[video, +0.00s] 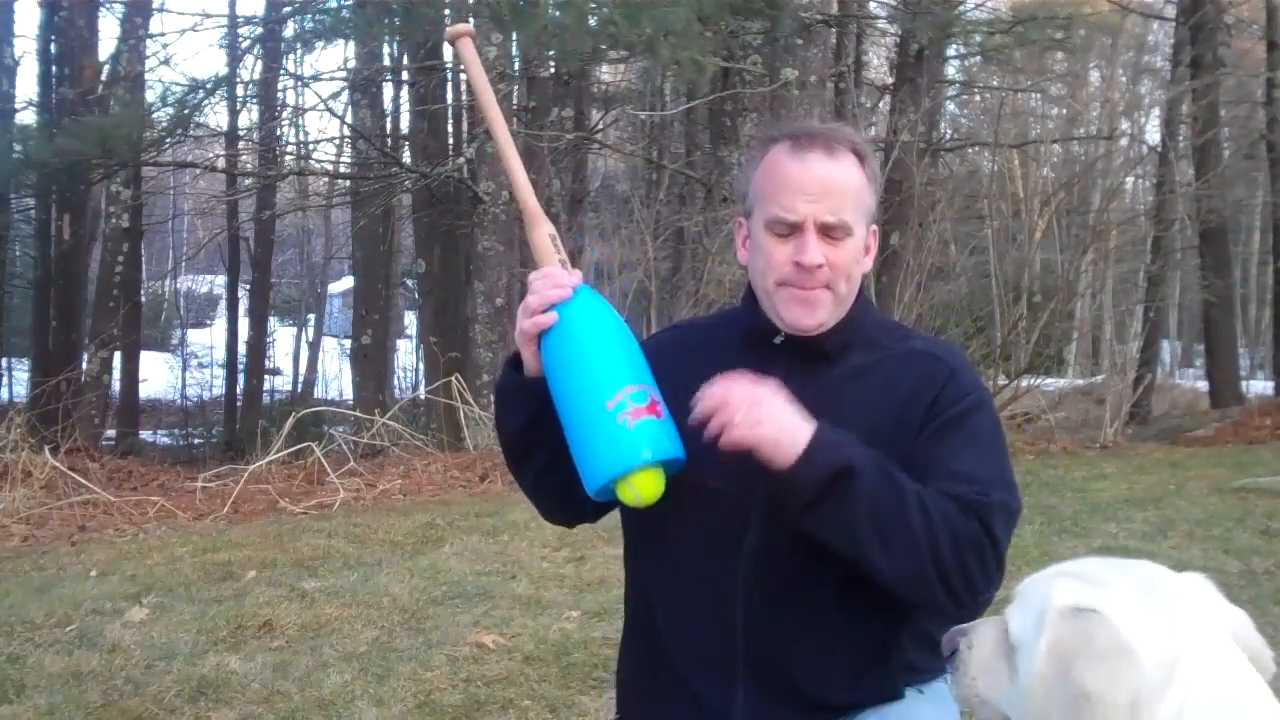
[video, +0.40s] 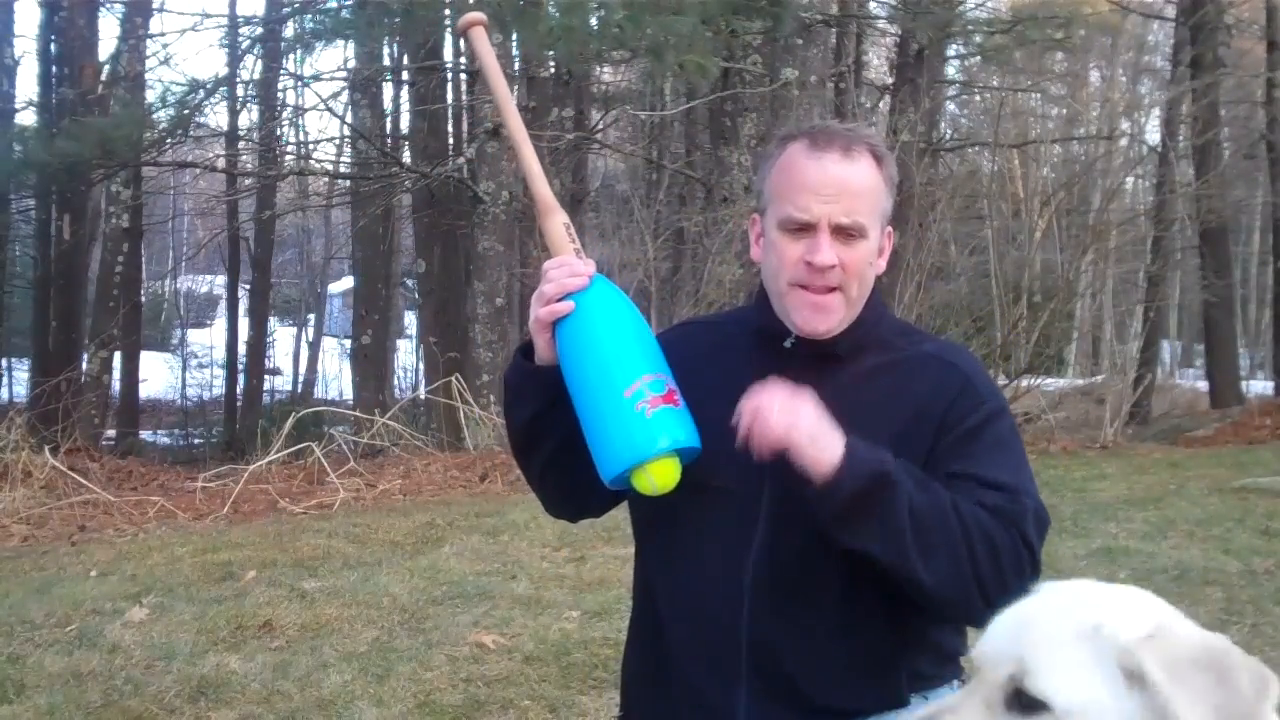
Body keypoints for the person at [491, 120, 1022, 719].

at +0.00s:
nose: (807, 255)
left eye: (833, 232)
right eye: (783, 229)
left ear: (869, 249)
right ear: (744, 240)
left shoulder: (934, 383)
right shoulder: (669, 360)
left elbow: (965, 570)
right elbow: (569, 497)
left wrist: (808, 450)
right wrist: (532, 370)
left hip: (875, 699)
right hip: (680, 697)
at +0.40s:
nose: (820, 256)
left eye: (847, 232)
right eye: (798, 228)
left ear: (883, 248)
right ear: (757, 239)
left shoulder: (946, 387)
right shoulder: (678, 359)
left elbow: (998, 566)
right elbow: (575, 491)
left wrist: (844, 467)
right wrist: (544, 363)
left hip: (880, 707)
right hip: (682, 702)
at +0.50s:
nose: (820, 255)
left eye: (846, 231)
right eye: (797, 228)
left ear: (883, 250)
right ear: (757, 239)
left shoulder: (944, 391)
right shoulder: (676, 363)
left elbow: (1018, 560)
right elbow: (575, 490)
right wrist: (546, 362)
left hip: (879, 706)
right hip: (684, 703)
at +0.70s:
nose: (809, 257)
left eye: (837, 232)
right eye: (788, 229)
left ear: (877, 251)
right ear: (751, 243)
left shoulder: (949, 399)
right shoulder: (675, 368)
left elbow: (1033, 589)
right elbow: (576, 488)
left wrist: (930, 702)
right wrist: (542, 360)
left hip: (856, 707)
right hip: (676, 702)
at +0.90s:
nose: (805, 258)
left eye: (832, 233)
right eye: (780, 230)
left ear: (874, 248)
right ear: (748, 239)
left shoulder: (951, 401)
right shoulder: (677, 370)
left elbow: (1051, 579)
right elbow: (578, 494)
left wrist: (978, 699)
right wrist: (542, 366)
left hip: (866, 708)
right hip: (677, 703)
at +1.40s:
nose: (808, 255)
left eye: (834, 230)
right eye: (786, 228)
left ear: (875, 249)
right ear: (749, 243)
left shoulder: (951, 398)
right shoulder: (685, 369)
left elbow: (999, 587)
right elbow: (608, 531)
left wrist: (814, 568)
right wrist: (572, 415)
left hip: (877, 705)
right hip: (685, 705)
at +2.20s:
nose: (794, 249)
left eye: (821, 225)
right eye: (773, 223)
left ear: (867, 248)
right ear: (742, 239)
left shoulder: (948, 395)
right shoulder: (676, 368)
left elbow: (977, 587)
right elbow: (605, 528)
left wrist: (794, 548)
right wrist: (572, 411)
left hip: (861, 706)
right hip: (680, 703)